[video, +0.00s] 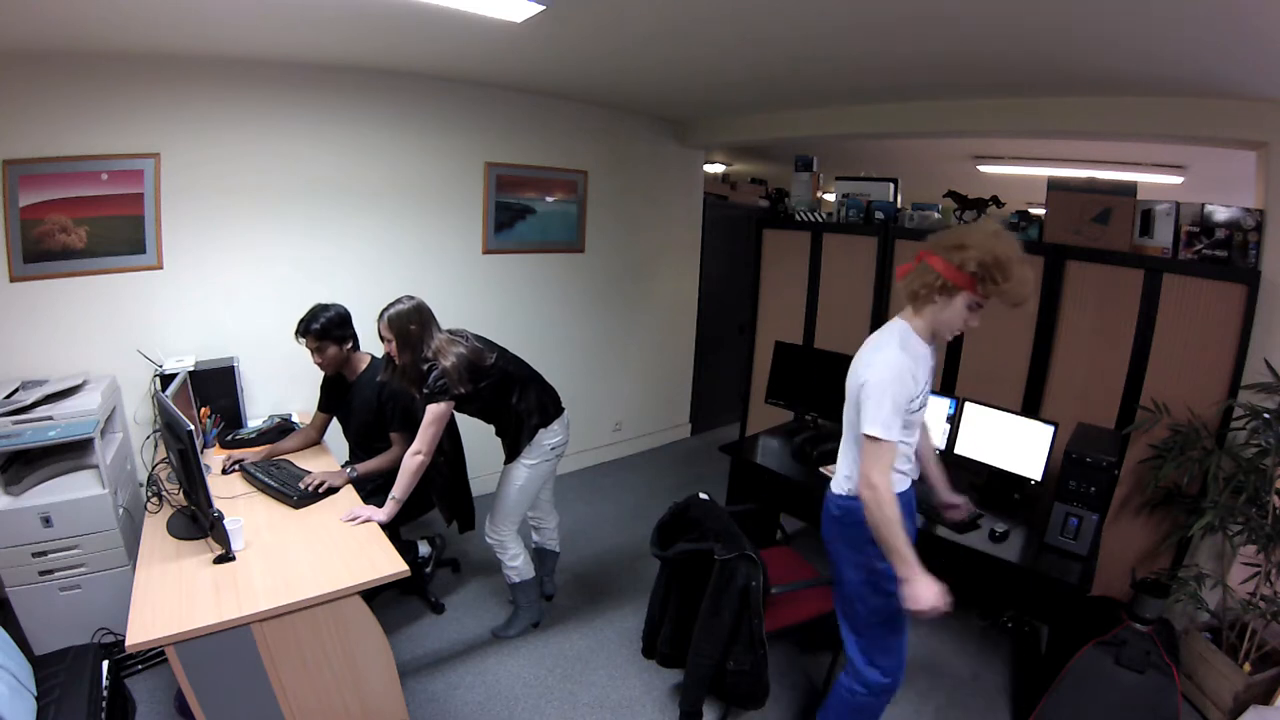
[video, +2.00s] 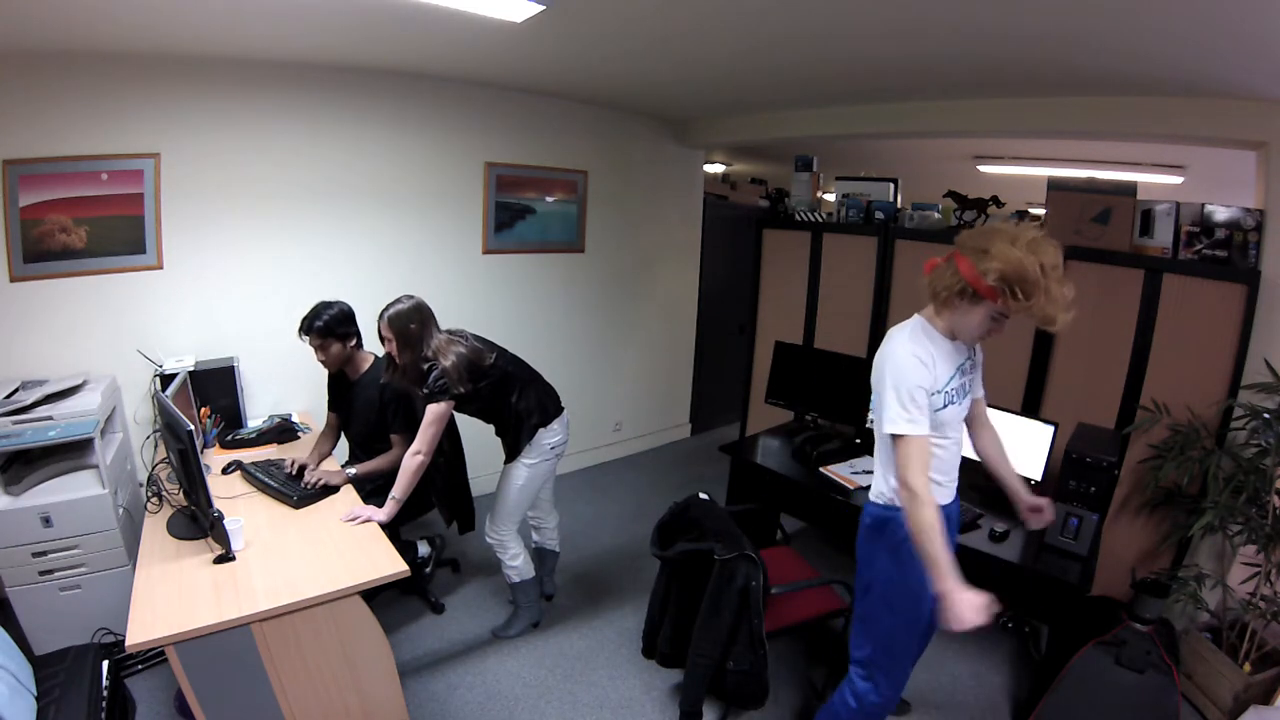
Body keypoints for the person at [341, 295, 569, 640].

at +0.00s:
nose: (386, 349)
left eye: (389, 341)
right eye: (384, 341)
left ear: (411, 338)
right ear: (420, 331)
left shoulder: (444, 369)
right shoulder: (450, 340)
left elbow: (420, 452)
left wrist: (388, 509)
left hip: (539, 433)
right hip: (547, 421)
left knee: (500, 530)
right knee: (541, 507)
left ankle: (528, 607)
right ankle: (546, 581)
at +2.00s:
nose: (387, 349)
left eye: (389, 341)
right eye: (384, 340)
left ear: (411, 338)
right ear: (421, 330)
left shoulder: (443, 370)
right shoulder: (450, 340)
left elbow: (420, 452)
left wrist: (388, 509)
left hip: (539, 433)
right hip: (547, 421)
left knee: (501, 530)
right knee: (541, 508)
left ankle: (528, 607)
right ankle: (546, 581)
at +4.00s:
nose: (384, 343)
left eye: (388, 335)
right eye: (383, 335)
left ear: (411, 335)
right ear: (420, 330)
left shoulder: (442, 369)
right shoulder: (448, 341)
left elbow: (420, 452)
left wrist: (388, 509)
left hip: (537, 432)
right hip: (546, 420)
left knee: (500, 530)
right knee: (542, 507)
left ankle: (527, 609)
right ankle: (546, 581)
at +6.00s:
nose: (392, 323)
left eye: (396, 315)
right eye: (391, 314)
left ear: (421, 312)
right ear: (429, 310)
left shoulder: (449, 349)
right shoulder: (460, 321)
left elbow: (412, 433)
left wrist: (369, 495)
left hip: (526, 431)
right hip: (539, 419)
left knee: (494, 528)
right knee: (539, 507)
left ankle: (527, 607)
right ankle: (545, 581)